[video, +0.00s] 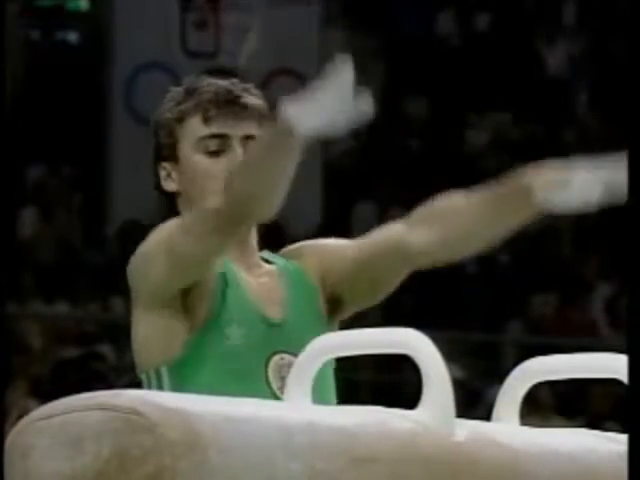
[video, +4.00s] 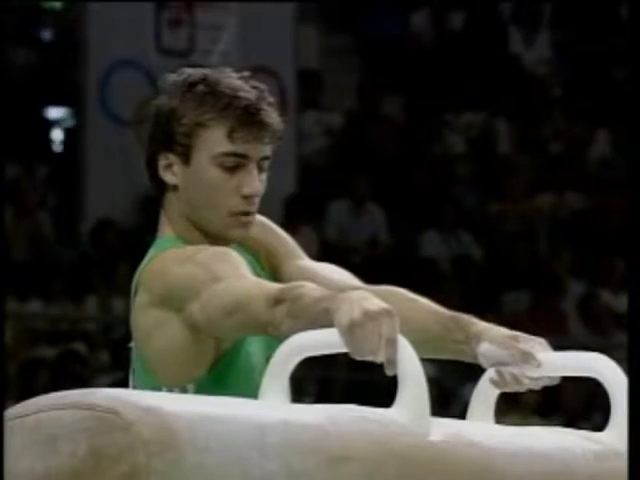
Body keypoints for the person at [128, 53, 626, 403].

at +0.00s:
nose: (240, 165)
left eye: (254, 147)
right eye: (214, 148)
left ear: (276, 159)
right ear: (170, 175)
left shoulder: (313, 272)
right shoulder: (160, 273)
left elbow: (418, 238)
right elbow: (234, 213)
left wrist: (532, 189)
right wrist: (292, 128)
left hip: (315, 479)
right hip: (206, 477)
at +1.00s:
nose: (275, 194)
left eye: (285, 174)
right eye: (254, 173)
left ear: (294, 172)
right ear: (194, 171)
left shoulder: (282, 245)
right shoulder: (191, 274)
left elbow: (378, 309)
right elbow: (280, 302)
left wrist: (485, 341)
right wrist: (354, 295)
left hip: (298, 469)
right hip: (222, 473)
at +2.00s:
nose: (260, 187)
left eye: (269, 168)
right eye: (238, 166)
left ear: (277, 168)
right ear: (177, 168)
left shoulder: (262, 242)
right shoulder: (185, 270)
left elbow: (363, 298)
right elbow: (272, 305)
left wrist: (481, 337)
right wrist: (345, 304)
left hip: (253, 466)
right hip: (190, 469)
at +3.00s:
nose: (250, 175)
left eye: (256, 155)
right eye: (225, 155)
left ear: (264, 159)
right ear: (166, 166)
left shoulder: (253, 241)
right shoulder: (183, 269)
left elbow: (355, 294)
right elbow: (270, 306)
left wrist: (477, 339)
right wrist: (341, 303)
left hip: (247, 465)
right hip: (186, 468)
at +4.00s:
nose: (254, 186)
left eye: (262, 166)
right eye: (231, 165)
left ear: (271, 163)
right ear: (171, 169)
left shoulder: (255, 238)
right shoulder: (182, 270)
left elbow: (357, 294)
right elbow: (272, 307)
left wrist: (478, 338)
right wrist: (342, 303)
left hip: (248, 467)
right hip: (188, 471)